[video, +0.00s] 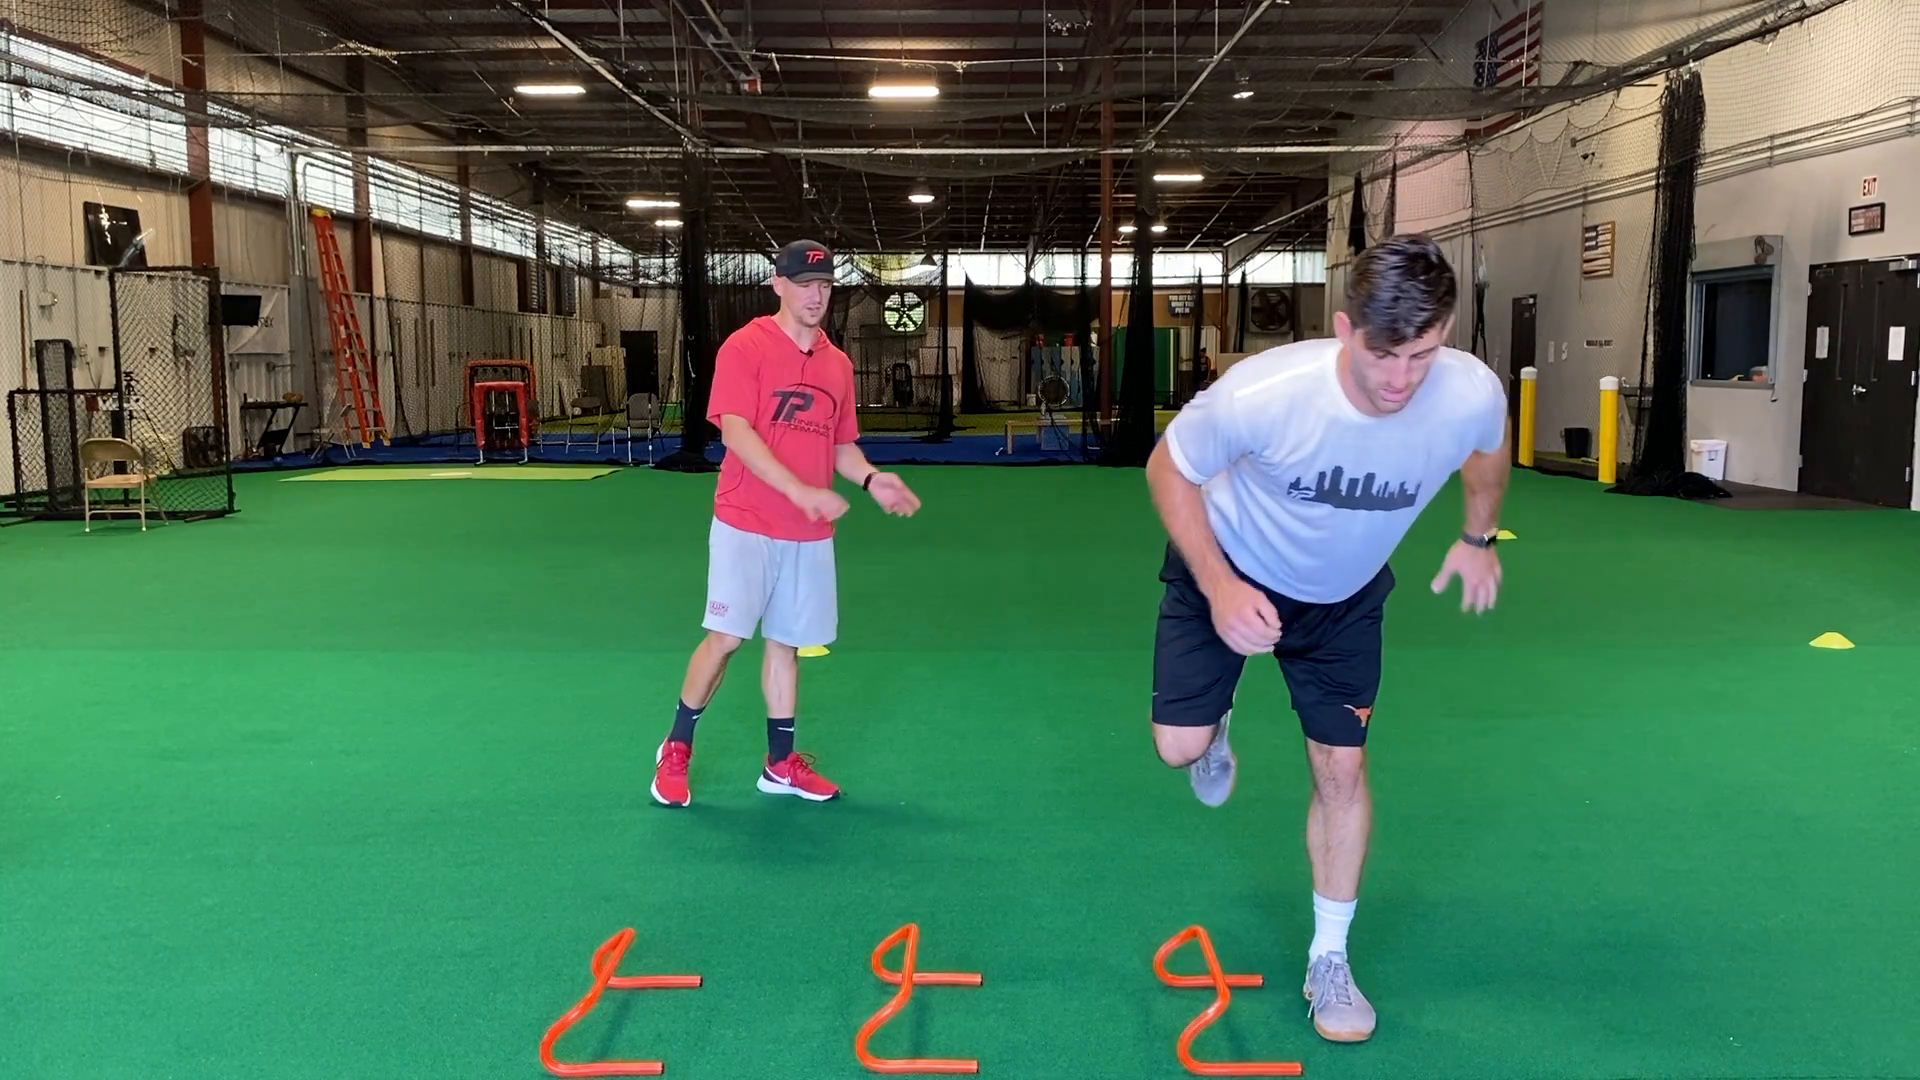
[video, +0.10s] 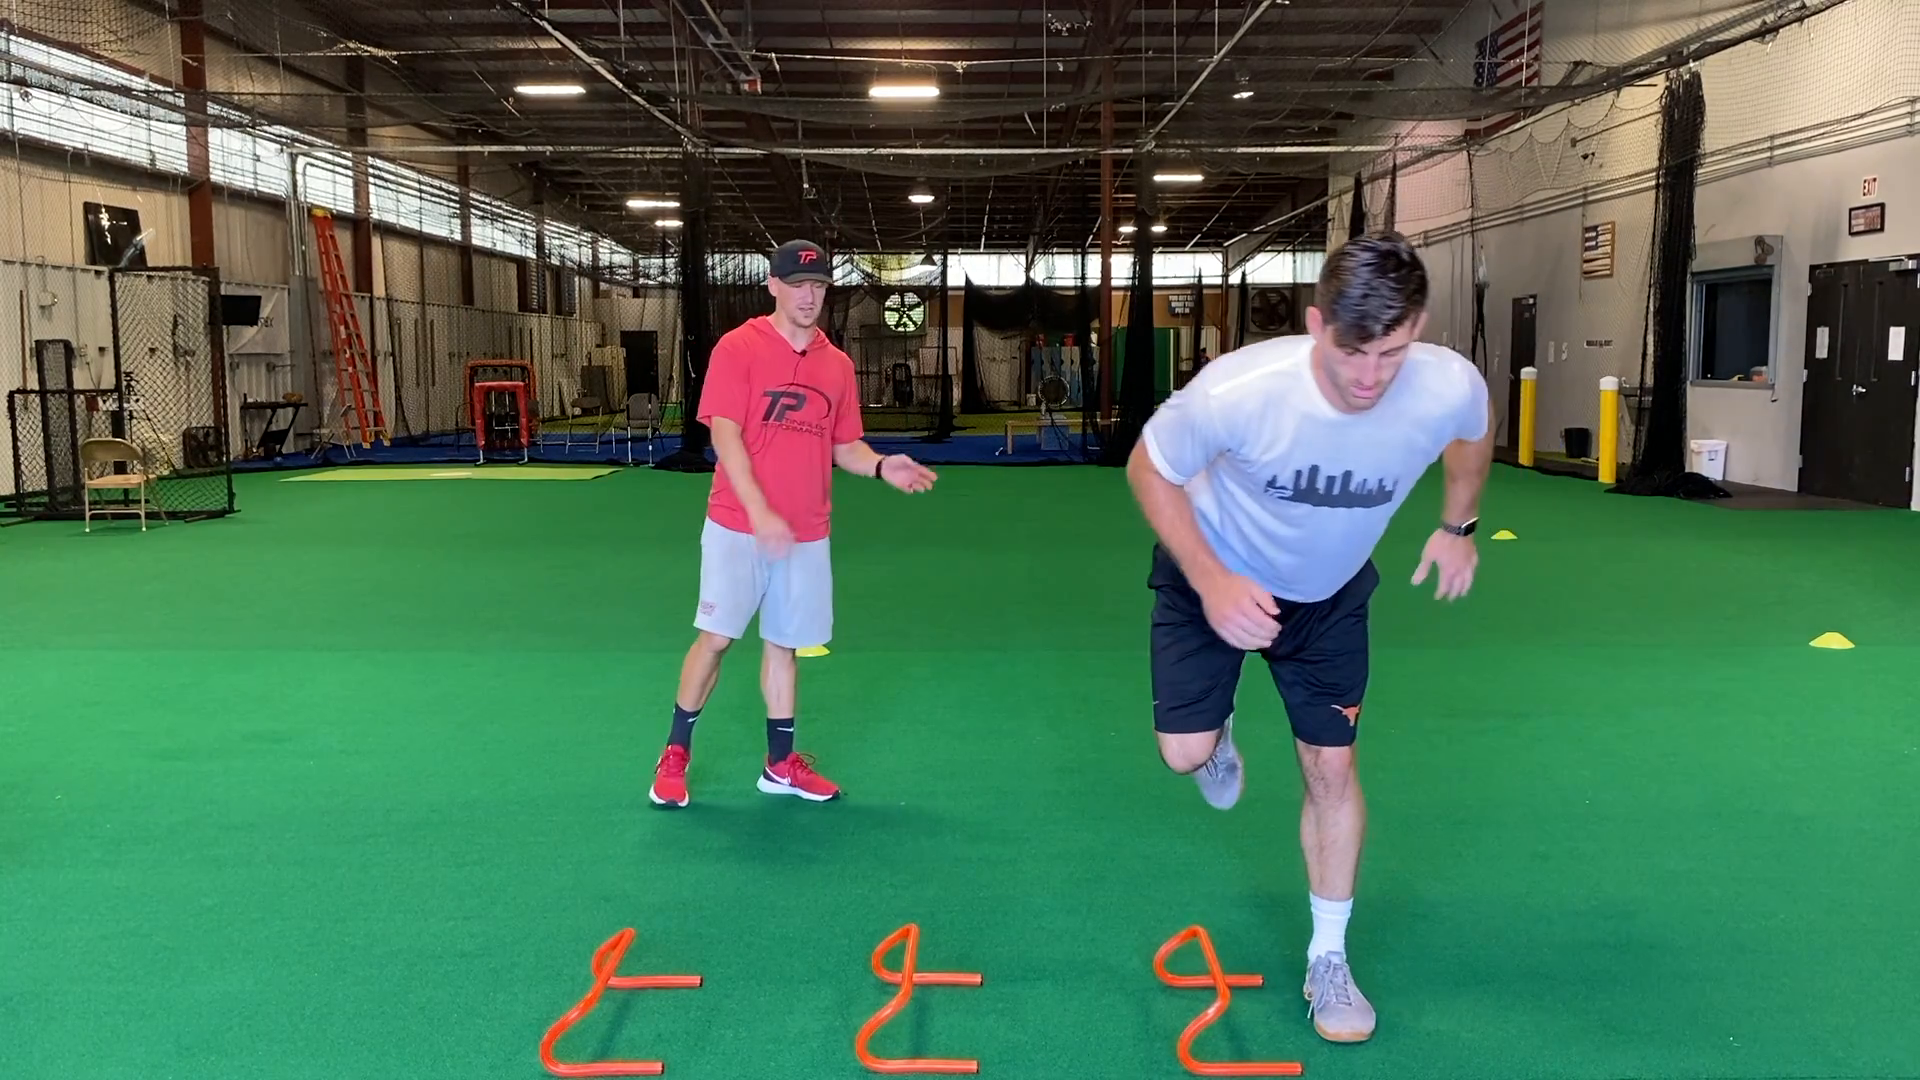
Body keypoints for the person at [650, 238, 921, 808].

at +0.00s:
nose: (816, 294)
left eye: (823, 285)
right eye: (805, 283)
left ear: (832, 291)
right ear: (779, 285)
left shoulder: (838, 364)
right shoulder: (745, 347)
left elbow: (842, 447)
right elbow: (735, 430)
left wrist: (875, 478)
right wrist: (799, 489)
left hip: (807, 525)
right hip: (745, 519)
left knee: (785, 640)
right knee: (727, 633)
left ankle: (781, 762)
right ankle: (677, 747)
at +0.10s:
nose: (808, 295)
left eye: (817, 286)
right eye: (798, 284)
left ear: (827, 291)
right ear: (774, 286)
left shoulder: (837, 365)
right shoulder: (737, 348)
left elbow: (844, 445)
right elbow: (723, 434)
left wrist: (883, 464)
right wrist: (759, 510)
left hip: (804, 528)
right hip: (737, 520)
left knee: (783, 643)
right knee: (717, 636)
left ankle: (781, 762)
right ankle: (676, 752)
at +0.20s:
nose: (798, 295)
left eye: (807, 285)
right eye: (788, 284)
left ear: (819, 291)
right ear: (766, 286)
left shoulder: (834, 364)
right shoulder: (729, 349)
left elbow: (851, 445)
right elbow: (708, 439)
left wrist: (882, 445)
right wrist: (714, 526)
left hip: (799, 536)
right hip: (730, 527)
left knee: (782, 645)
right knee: (704, 638)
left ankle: (780, 762)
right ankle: (673, 759)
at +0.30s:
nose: (784, 296)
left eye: (794, 286)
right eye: (774, 285)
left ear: (806, 290)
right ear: (753, 287)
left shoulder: (829, 362)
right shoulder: (717, 351)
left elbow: (853, 446)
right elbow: (687, 443)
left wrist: (875, 428)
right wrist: (673, 526)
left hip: (791, 534)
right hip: (718, 529)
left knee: (780, 646)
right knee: (694, 642)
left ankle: (781, 762)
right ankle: (669, 764)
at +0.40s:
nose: (766, 297)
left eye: (775, 286)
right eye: (754, 287)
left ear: (789, 288)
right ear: (735, 288)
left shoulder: (818, 360)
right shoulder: (701, 354)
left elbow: (846, 445)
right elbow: (668, 436)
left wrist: (862, 419)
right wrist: (647, 516)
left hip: (783, 534)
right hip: (708, 530)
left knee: (776, 646)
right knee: (690, 643)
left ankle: (781, 762)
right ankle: (667, 767)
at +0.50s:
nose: (740, 295)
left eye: (749, 284)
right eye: (728, 286)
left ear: (765, 284)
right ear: (710, 290)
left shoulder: (800, 357)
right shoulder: (682, 357)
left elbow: (826, 446)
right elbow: (652, 434)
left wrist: (848, 428)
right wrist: (639, 506)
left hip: (770, 534)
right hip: (695, 531)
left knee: (770, 647)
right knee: (681, 644)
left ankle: (781, 761)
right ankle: (664, 768)